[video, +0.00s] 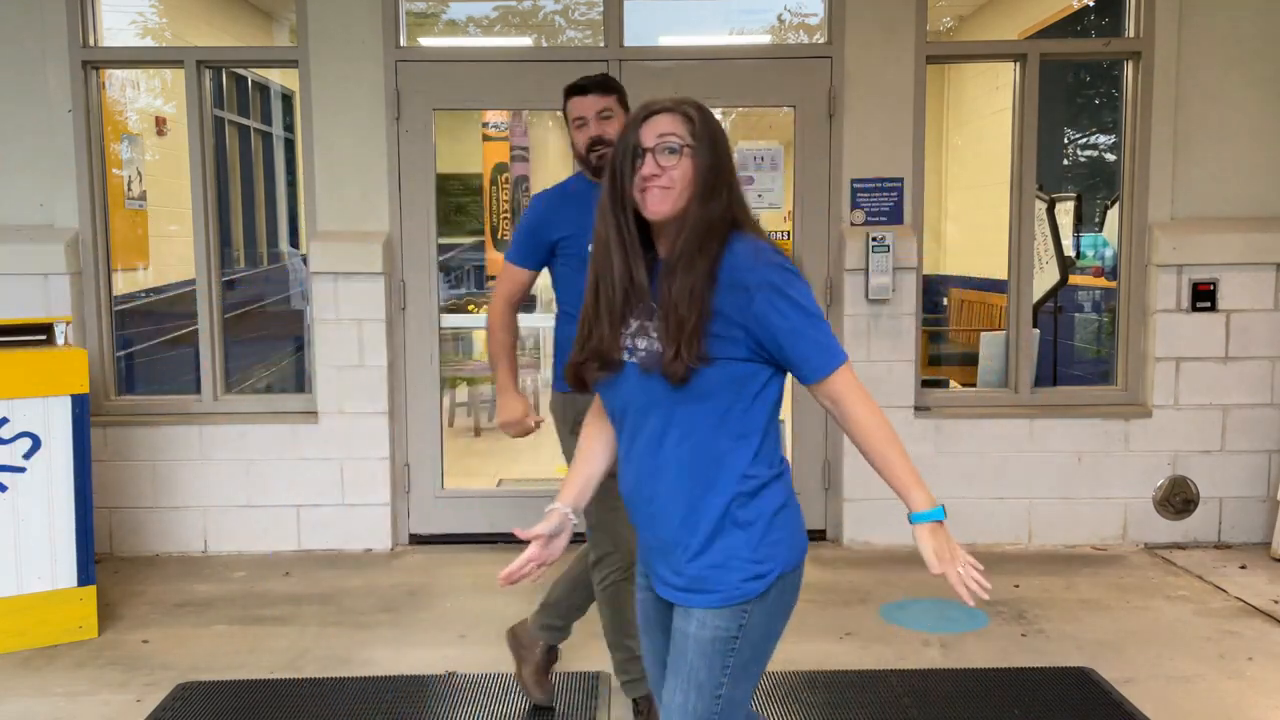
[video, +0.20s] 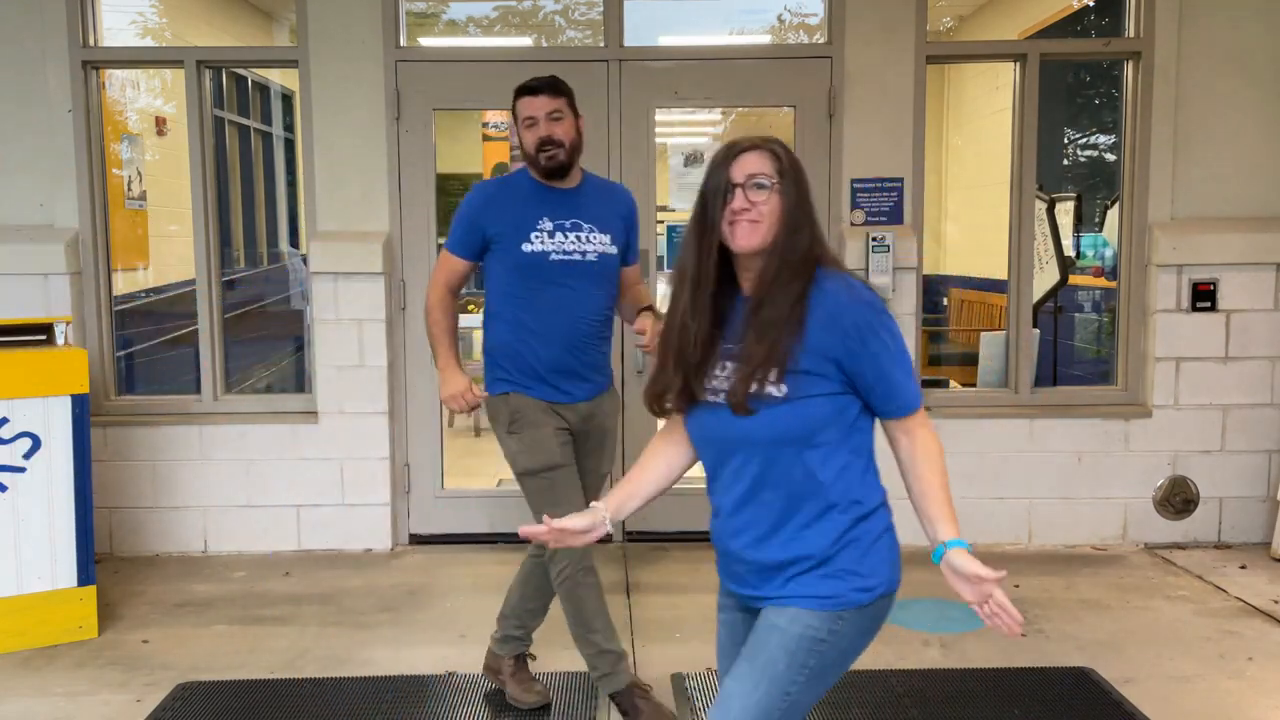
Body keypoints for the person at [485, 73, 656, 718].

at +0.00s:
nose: (595, 132)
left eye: (606, 117)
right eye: (580, 123)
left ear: (629, 121)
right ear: (568, 135)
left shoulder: (659, 198)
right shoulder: (553, 209)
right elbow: (503, 301)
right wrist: (507, 390)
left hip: (657, 391)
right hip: (588, 394)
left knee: (619, 533)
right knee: (619, 544)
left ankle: (538, 635)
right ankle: (643, 693)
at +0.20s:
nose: (545, 131)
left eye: (557, 118)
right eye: (531, 122)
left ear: (579, 125)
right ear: (516, 136)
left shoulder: (616, 203)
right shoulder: (489, 202)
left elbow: (630, 289)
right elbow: (441, 290)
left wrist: (643, 316)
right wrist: (450, 372)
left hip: (594, 396)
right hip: (522, 396)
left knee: (568, 529)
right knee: (570, 534)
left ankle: (506, 651)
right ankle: (619, 683)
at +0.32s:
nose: (517, 134)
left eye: (529, 121)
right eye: (504, 123)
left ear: (551, 130)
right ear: (488, 133)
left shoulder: (584, 207)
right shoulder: (455, 203)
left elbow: (590, 289)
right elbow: (420, 293)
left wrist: (595, 326)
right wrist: (434, 363)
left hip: (560, 395)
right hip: (485, 393)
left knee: (546, 536)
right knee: (514, 530)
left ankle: (500, 654)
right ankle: (541, 663)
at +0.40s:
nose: (493, 137)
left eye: (506, 125)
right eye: (480, 126)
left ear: (527, 135)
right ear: (465, 137)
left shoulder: (559, 210)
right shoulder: (432, 205)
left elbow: (577, 295)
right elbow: (403, 296)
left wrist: (584, 326)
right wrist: (414, 362)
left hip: (537, 405)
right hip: (455, 404)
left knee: (531, 541)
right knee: (458, 535)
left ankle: (504, 658)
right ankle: (451, 663)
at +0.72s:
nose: (385, 131)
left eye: (398, 121)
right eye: (373, 120)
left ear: (418, 133)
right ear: (354, 132)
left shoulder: (459, 202)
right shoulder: (320, 203)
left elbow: (528, 258)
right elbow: (265, 286)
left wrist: (557, 312)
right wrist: (269, 339)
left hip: (438, 404)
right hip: (348, 408)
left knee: (477, 539)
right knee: (318, 545)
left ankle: (502, 660)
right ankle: (295, 676)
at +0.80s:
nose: (357, 126)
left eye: (371, 116)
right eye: (345, 115)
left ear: (391, 129)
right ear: (326, 128)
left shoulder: (432, 195)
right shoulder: (292, 198)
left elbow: (485, 266)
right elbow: (244, 282)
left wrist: (506, 327)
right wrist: (262, 342)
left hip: (414, 400)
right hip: (323, 402)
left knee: (460, 533)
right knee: (305, 542)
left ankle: (497, 657)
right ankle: (294, 676)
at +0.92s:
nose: (324, 132)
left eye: (337, 121)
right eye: (311, 121)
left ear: (356, 133)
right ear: (293, 134)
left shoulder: (400, 205)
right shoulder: (263, 210)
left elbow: (419, 292)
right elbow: (228, 298)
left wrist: (418, 331)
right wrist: (256, 355)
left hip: (391, 404)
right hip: (300, 410)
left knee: (441, 534)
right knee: (284, 552)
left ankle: (474, 652)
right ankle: (293, 676)